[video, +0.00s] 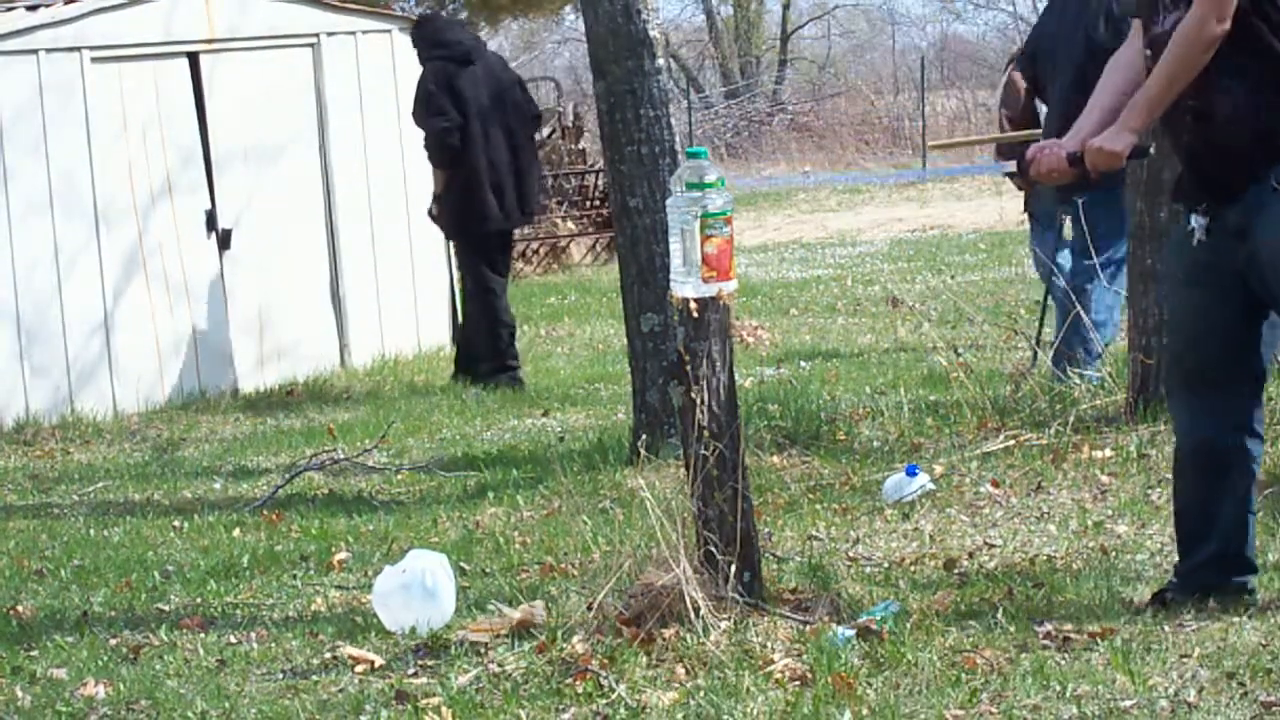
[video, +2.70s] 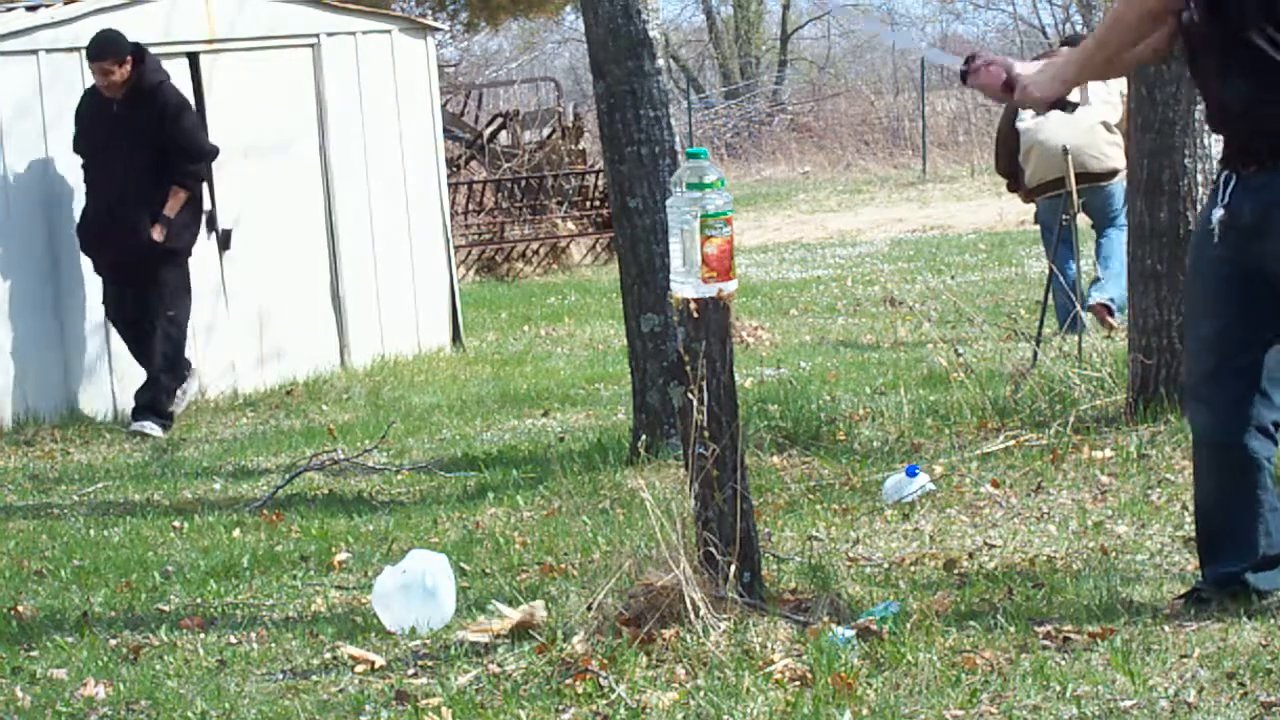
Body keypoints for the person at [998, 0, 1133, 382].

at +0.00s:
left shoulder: (1057, 10)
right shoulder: (1131, 11)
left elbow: (1018, 77)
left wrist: (1018, 144)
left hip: (1049, 152)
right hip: (1107, 151)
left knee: (1048, 251)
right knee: (1104, 263)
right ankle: (1075, 371)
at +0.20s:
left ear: (1033, 37)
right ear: (1070, 36)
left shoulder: (1022, 66)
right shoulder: (1094, 62)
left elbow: (1011, 121)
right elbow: (1115, 109)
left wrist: (1015, 169)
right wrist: (1117, 158)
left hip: (1047, 175)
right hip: (1099, 171)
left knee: (1048, 246)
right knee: (1101, 247)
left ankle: (1051, 326)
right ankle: (1101, 328)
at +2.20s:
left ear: (1074, 51)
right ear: (1113, 51)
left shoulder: (1049, 78)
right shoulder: (1127, 74)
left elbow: (1027, 130)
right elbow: (1144, 124)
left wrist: (1033, 174)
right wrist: (1143, 170)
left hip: (1064, 180)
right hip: (1116, 176)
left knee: (1065, 253)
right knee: (1117, 248)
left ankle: (1069, 323)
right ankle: (1116, 323)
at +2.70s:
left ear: (1054, 55)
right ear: (1090, 52)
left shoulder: (1028, 86)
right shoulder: (1112, 80)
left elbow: (1004, 147)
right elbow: (1128, 124)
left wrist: (1019, 184)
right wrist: (1132, 161)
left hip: (1044, 170)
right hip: (1101, 161)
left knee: (1059, 246)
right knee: (1112, 226)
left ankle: (1071, 323)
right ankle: (1106, 297)